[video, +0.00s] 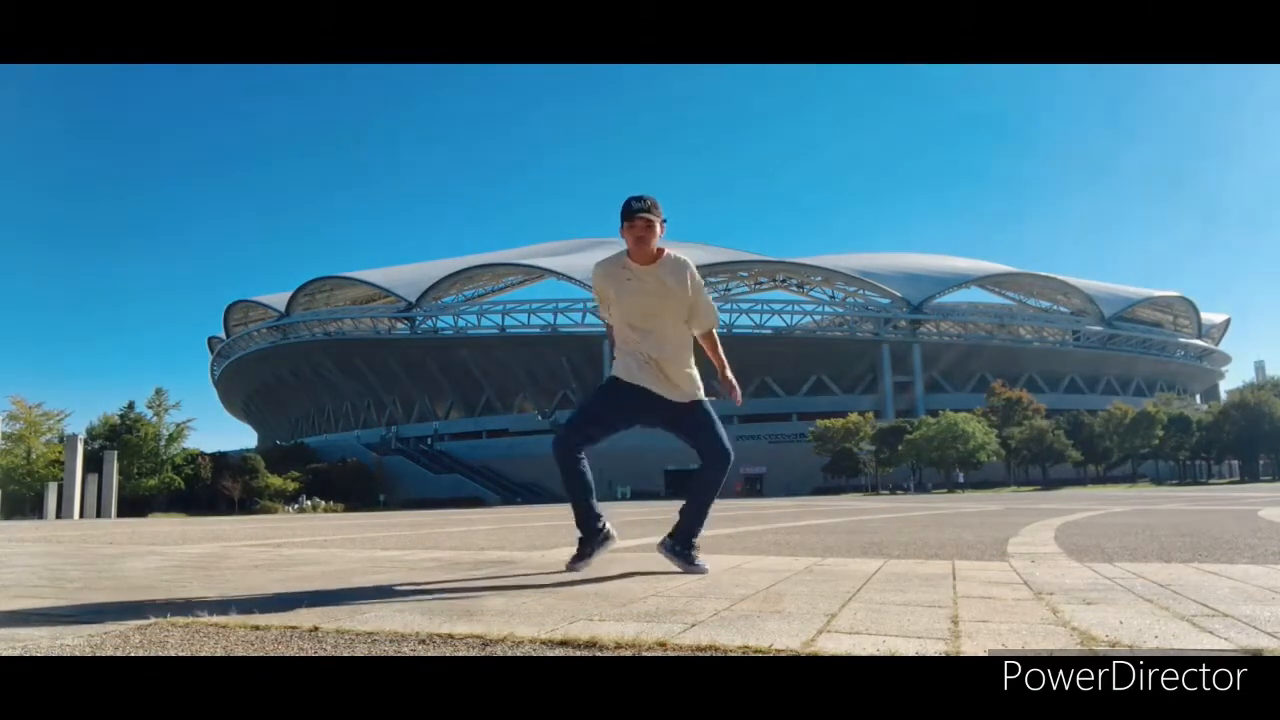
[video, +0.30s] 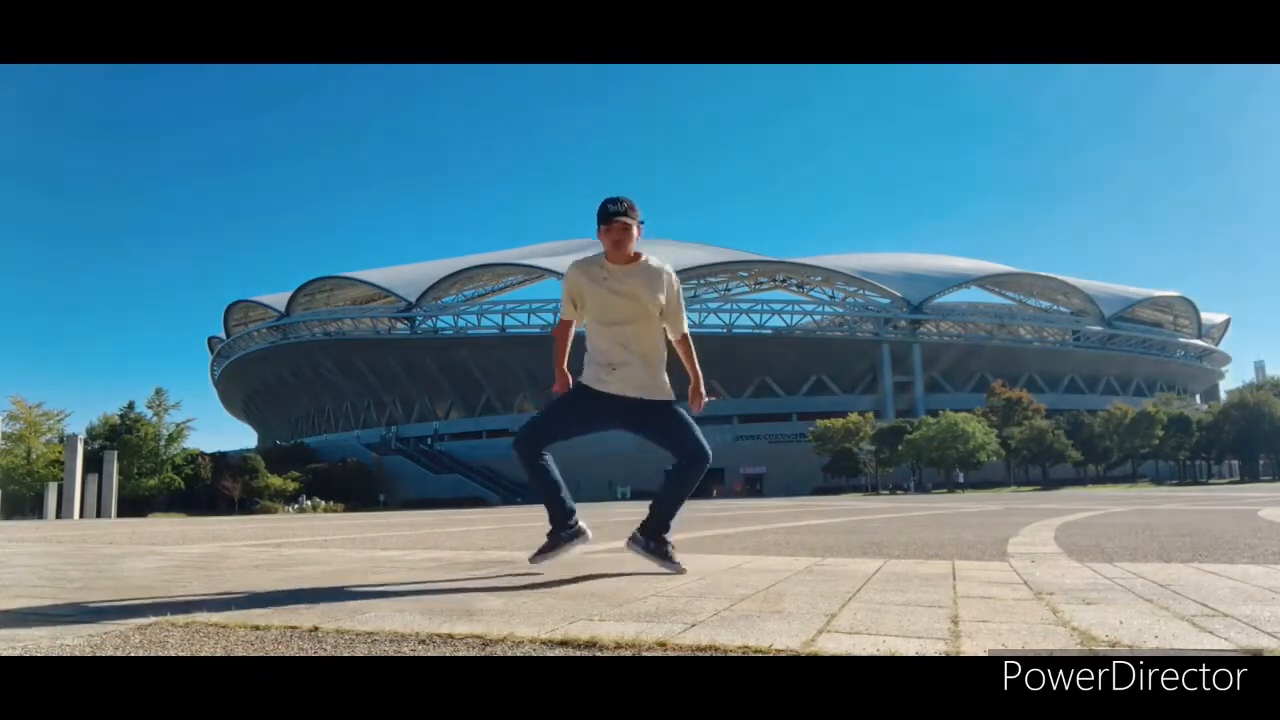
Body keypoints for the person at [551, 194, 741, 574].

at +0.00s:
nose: (641, 232)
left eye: (649, 225)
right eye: (634, 226)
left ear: (662, 230)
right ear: (623, 231)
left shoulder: (682, 271)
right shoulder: (605, 272)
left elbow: (704, 329)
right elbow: (612, 325)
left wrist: (725, 371)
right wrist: (625, 362)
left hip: (680, 391)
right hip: (627, 386)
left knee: (720, 455)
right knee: (567, 443)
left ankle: (681, 540)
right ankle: (593, 531)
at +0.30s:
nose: (616, 233)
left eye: (624, 227)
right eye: (609, 227)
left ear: (639, 230)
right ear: (599, 233)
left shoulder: (661, 277)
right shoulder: (579, 274)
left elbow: (679, 333)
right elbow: (566, 322)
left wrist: (696, 378)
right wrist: (560, 368)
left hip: (652, 401)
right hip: (595, 396)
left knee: (697, 455)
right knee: (528, 442)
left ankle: (651, 534)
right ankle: (567, 526)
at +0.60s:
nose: (593, 202)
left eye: (600, 196)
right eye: (585, 196)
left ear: (611, 204)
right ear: (572, 204)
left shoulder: (633, 251)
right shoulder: (553, 250)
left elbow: (656, 309)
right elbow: (530, 302)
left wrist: (676, 353)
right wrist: (513, 349)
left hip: (625, 371)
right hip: (573, 370)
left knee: (643, 457)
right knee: (548, 455)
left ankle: (667, 543)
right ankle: (550, 540)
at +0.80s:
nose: (574, 207)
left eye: (581, 201)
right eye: (566, 201)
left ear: (595, 209)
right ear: (555, 210)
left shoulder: (619, 254)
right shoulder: (535, 250)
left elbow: (661, 292)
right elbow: (493, 283)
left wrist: (684, 329)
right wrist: (462, 318)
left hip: (601, 370)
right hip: (546, 369)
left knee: (652, 419)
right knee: (533, 460)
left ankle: (652, 509)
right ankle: (550, 554)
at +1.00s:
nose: (567, 205)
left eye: (574, 199)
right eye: (559, 200)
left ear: (588, 207)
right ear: (548, 209)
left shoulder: (608, 262)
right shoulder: (528, 250)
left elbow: (638, 320)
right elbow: (487, 291)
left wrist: (666, 363)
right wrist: (443, 323)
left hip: (582, 366)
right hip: (530, 362)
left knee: (589, 426)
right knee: (515, 449)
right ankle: (549, 548)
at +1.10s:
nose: (562, 203)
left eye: (570, 196)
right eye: (554, 197)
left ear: (583, 205)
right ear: (543, 206)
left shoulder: (601, 257)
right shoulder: (529, 249)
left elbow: (610, 321)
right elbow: (483, 291)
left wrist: (620, 363)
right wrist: (446, 324)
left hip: (587, 371)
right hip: (538, 365)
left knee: (541, 415)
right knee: (530, 457)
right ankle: (552, 554)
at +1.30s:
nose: (559, 205)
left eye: (566, 199)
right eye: (551, 199)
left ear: (580, 207)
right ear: (539, 209)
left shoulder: (600, 259)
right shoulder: (520, 250)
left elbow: (632, 312)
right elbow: (485, 293)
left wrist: (654, 352)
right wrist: (448, 318)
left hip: (581, 351)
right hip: (530, 355)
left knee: (556, 383)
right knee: (525, 462)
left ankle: (485, 452)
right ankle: (553, 555)